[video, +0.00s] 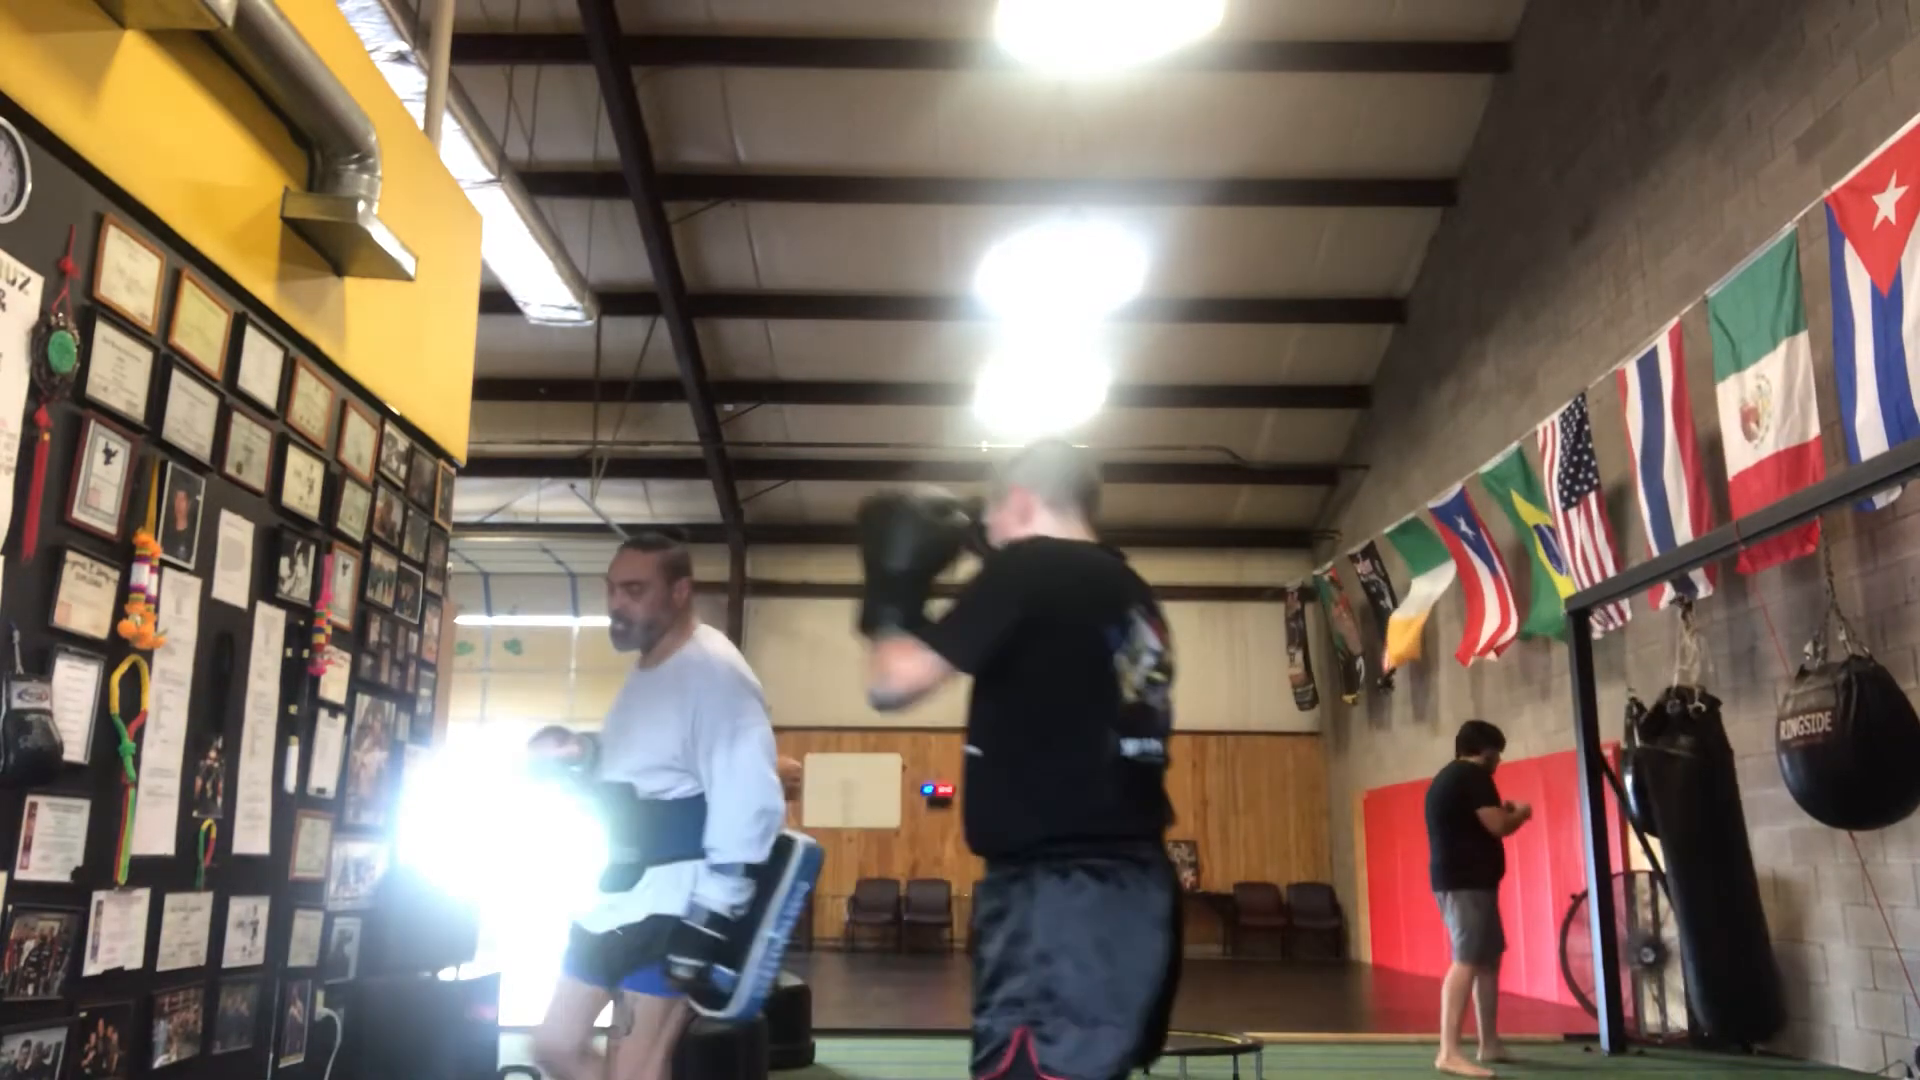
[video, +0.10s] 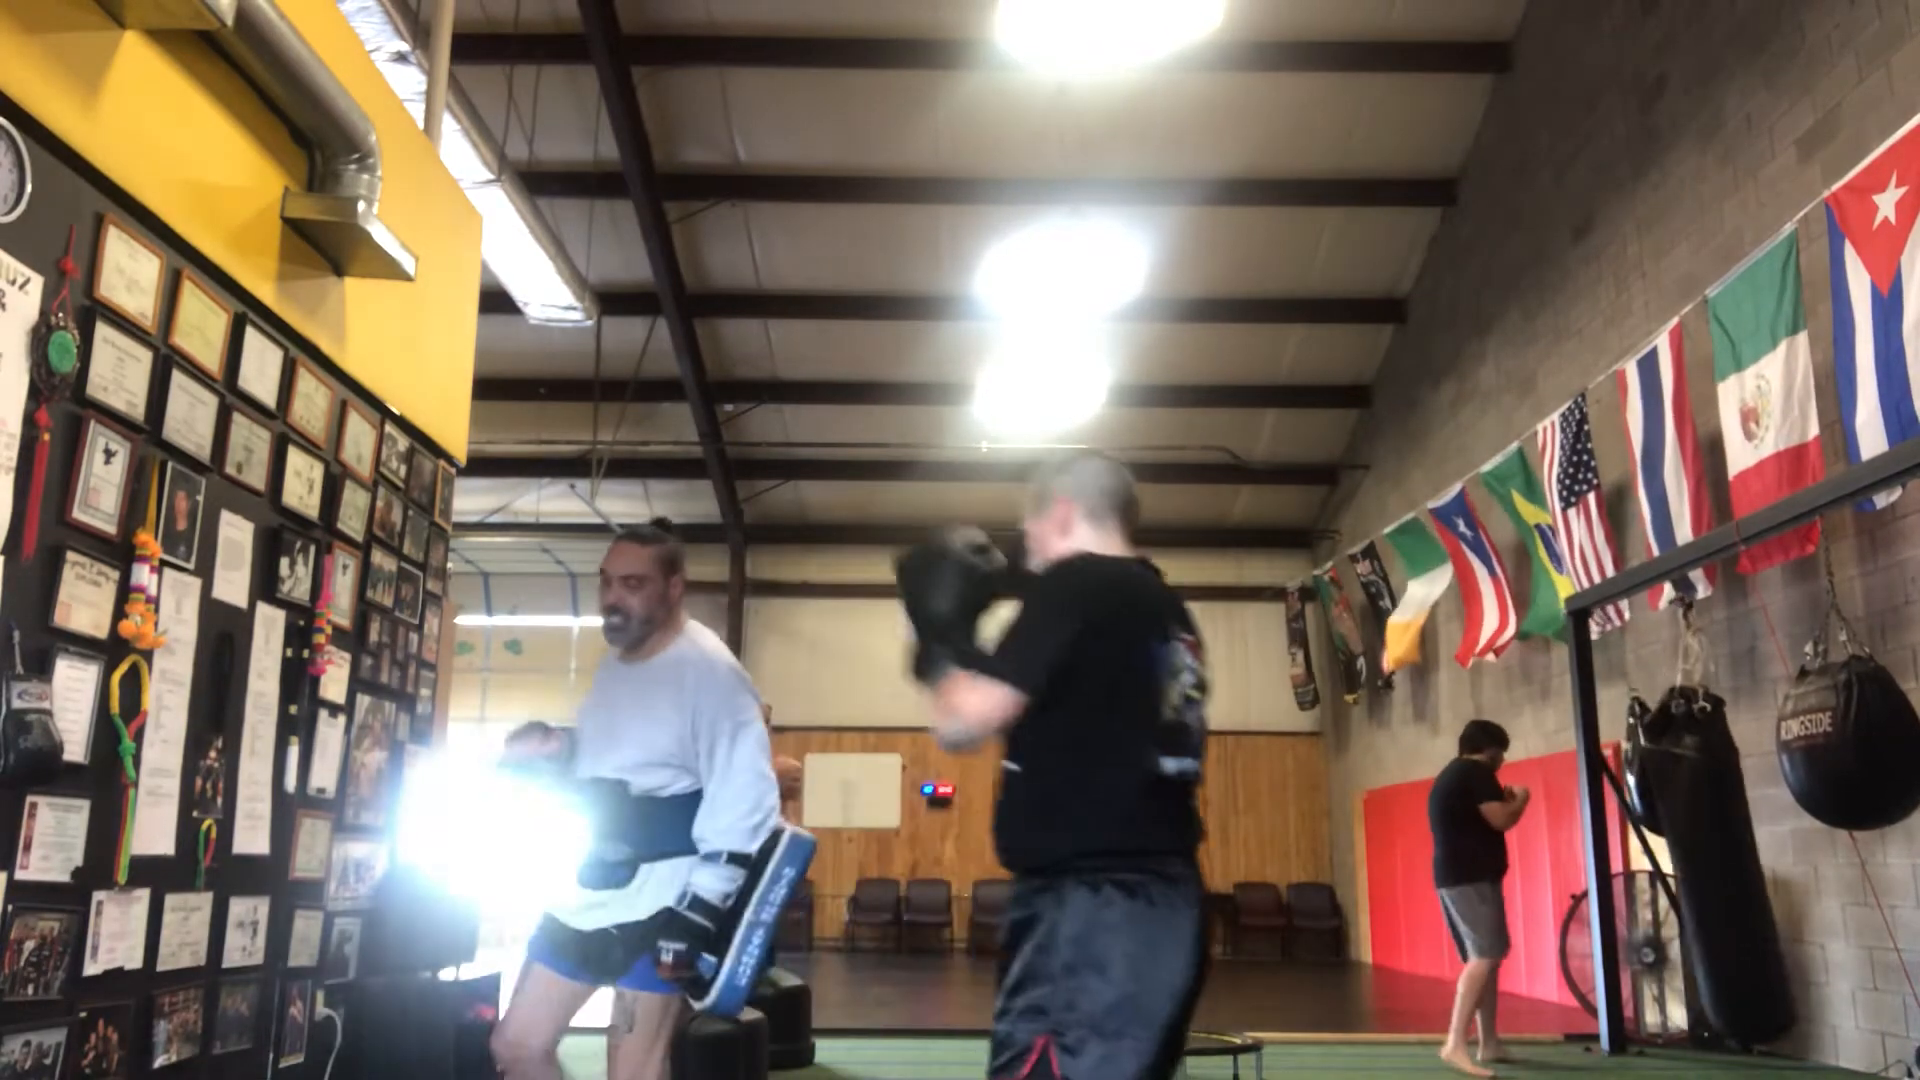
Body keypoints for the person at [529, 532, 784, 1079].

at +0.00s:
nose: (615, 605)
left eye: (634, 590)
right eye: (612, 590)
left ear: (680, 593)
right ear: (608, 591)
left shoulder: (714, 670)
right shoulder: (652, 666)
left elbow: (749, 801)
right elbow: (645, 755)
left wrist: (706, 923)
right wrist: (585, 751)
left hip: (679, 895)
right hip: (620, 888)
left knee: (637, 1066)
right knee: (554, 1045)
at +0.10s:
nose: (610, 599)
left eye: (630, 584)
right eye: (605, 582)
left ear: (675, 589)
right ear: (599, 583)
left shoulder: (709, 668)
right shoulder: (614, 664)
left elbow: (748, 797)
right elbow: (614, 749)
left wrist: (700, 914)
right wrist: (560, 747)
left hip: (676, 883)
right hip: (600, 879)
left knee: (635, 1067)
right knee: (517, 1046)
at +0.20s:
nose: (606, 595)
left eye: (627, 580)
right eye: (598, 577)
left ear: (665, 587)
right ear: (586, 580)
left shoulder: (700, 664)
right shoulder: (583, 654)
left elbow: (746, 788)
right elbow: (550, 738)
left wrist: (711, 900)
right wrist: (521, 746)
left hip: (658, 896)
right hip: (561, 885)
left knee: (634, 1063)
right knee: (518, 1051)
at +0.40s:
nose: (592, 594)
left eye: (609, 578)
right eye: (575, 578)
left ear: (630, 583)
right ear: (554, 584)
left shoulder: (673, 659)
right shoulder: (520, 659)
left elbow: (717, 773)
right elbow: (463, 754)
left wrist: (729, 876)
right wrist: (478, 764)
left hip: (634, 898)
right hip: (526, 894)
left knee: (608, 1063)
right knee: (496, 1064)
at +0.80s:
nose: (661, 599)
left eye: (670, 585)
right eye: (646, 579)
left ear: (674, 588)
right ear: (599, 573)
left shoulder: (678, 668)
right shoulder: (516, 641)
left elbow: (689, 799)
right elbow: (423, 755)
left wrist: (715, 886)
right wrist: (524, 752)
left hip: (637, 906)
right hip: (517, 901)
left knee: (655, 1071)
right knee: (489, 1072)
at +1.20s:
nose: (732, 592)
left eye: (740, 579)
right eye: (720, 570)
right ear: (668, 558)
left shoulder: (721, 667)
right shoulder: (573, 619)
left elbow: (727, 789)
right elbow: (479, 725)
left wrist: (771, 824)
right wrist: (593, 715)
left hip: (662, 907)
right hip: (547, 894)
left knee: (651, 1070)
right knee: (527, 1067)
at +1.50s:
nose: (719, 570)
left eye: (723, 555)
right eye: (703, 549)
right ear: (646, 543)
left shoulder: (703, 645)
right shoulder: (556, 615)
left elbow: (728, 762)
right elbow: (475, 741)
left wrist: (790, 737)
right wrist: (591, 694)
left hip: (680, 917)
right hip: (566, 910)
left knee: (672, 1072)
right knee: (560, 1073)